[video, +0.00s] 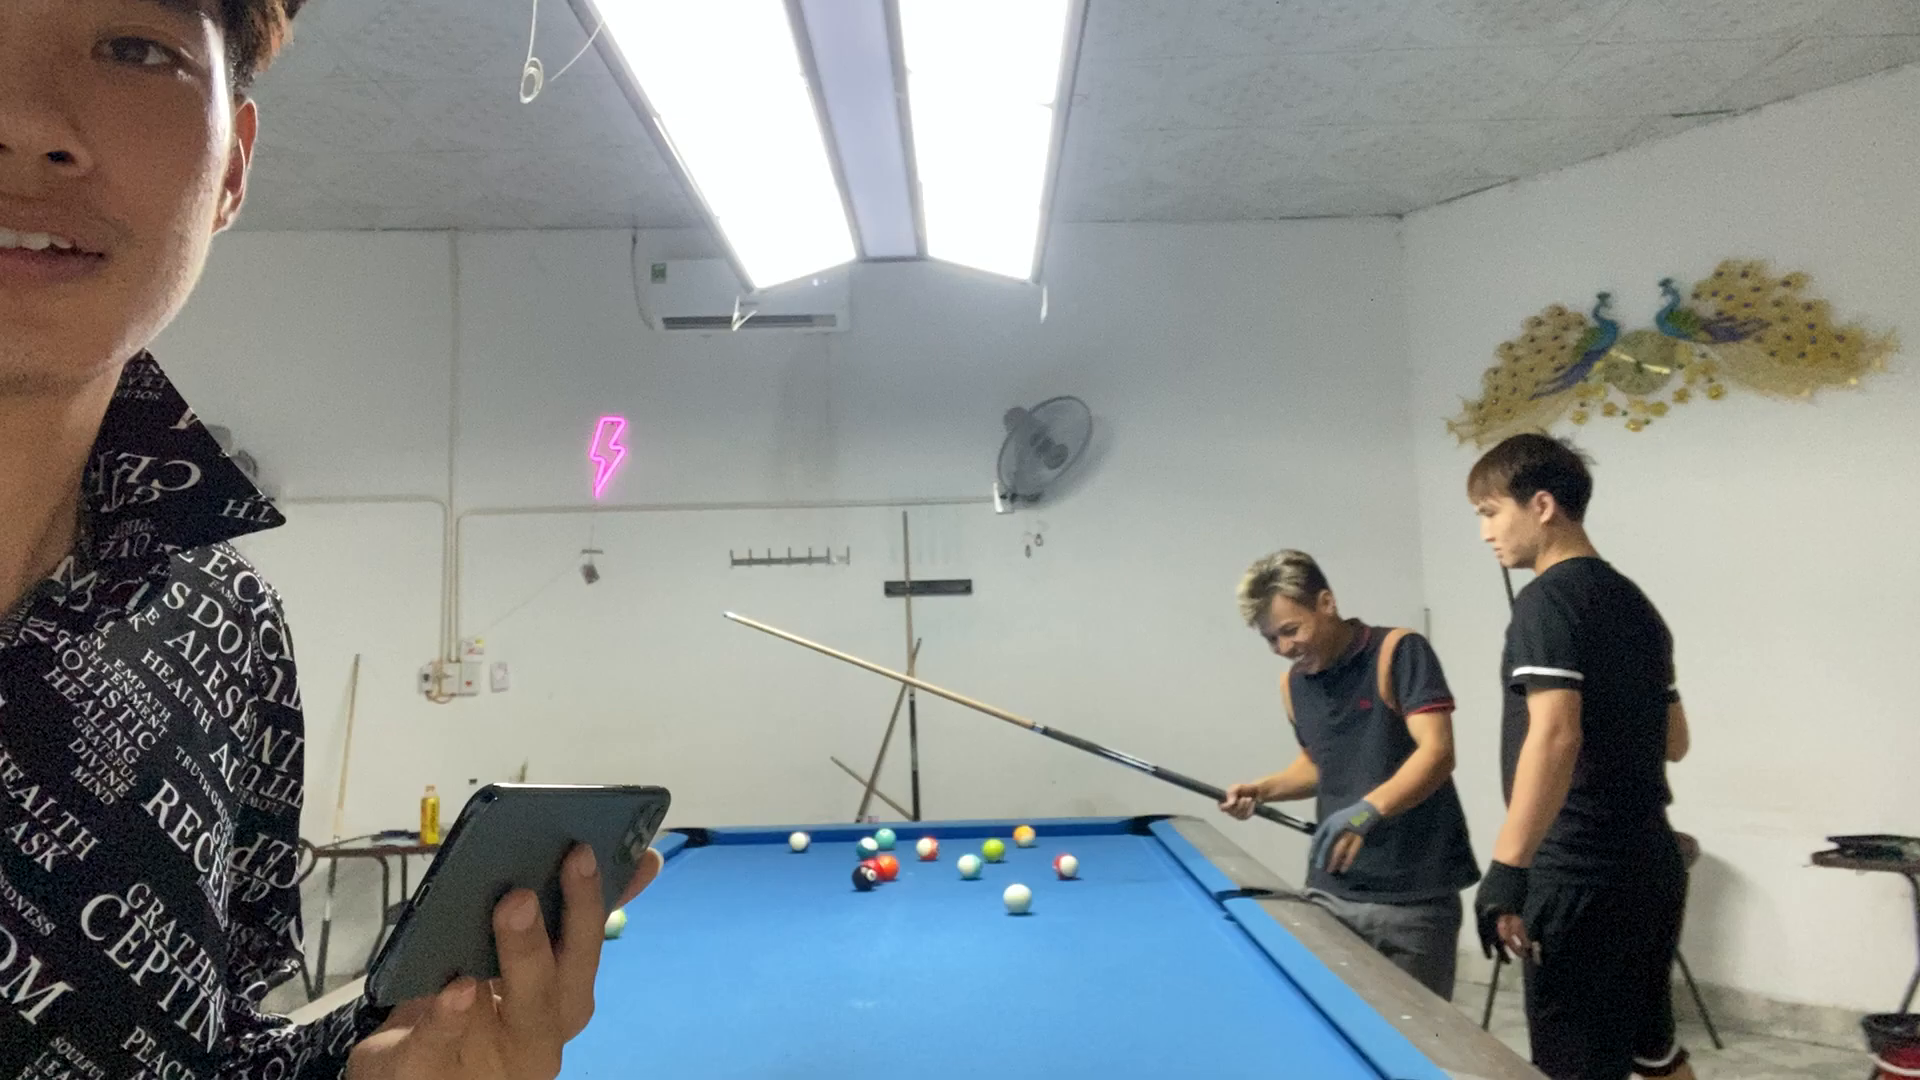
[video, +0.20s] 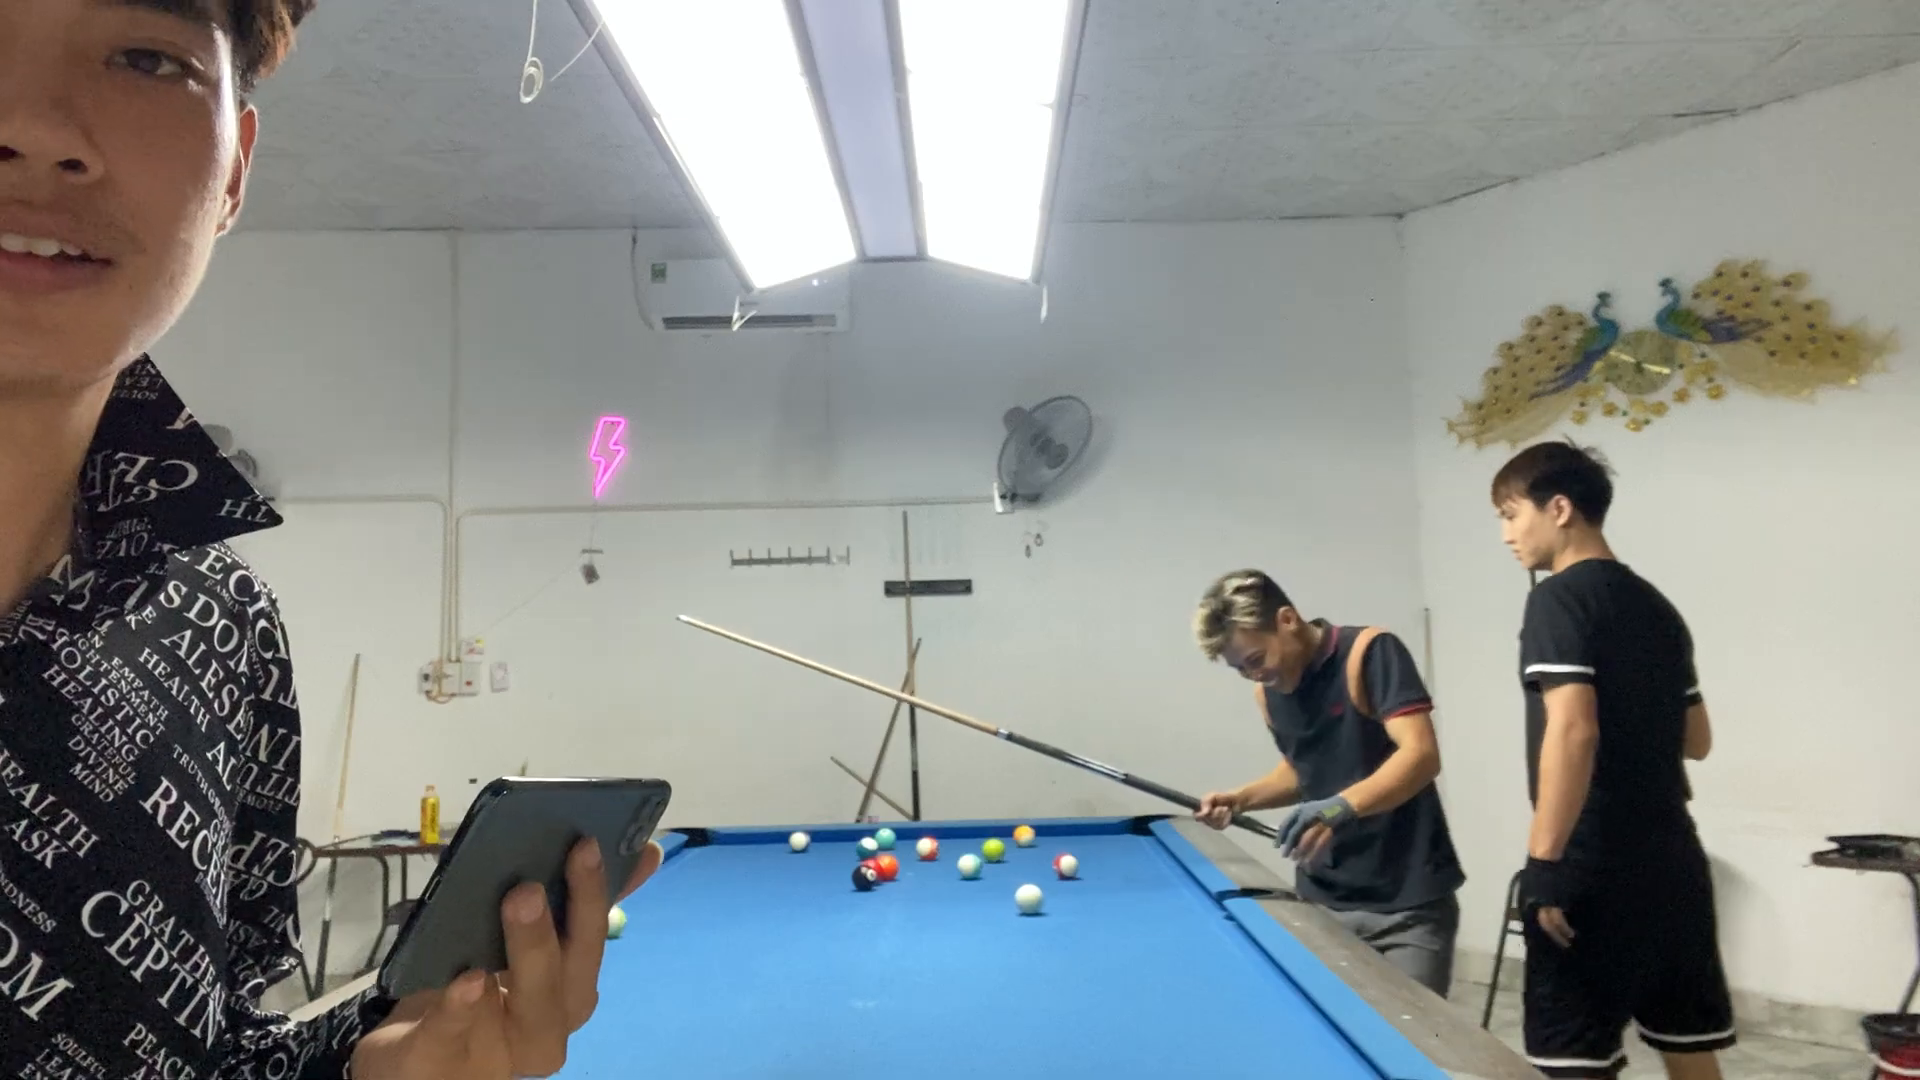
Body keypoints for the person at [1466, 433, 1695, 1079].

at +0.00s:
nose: (1483, 532)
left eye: (1490, 511)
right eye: (1480, 516)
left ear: (1543, 507)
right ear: (1545, 509)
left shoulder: (1547, 600)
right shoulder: (1636, 603)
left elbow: (1556, 739)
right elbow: (1673, 740)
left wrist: (1507, 869)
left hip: (1576, 880)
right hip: (1650, 869)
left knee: (1574, 1063)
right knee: (1654, 1051)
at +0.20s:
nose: (1505, 535)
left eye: (1510, 515)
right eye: (1502, 519)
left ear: (1560, 509)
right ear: (1570, 511)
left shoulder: (1558, 600)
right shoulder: (1658, 607)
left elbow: (1574, 731)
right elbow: (1696, 739)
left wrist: (1542, 861)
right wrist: (1608, 714)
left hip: (1585, 871)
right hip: (1671, 867)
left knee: (1573, 1063)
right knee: (1693, 1052)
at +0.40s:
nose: (1505, 541)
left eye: (1507, 522)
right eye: (1500, 527)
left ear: (1553, 514)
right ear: (1568, 515)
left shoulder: (1557, 598)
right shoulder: (1658, 608)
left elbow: (1583, 728)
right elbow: (1704, 733)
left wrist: (1548, 856)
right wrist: (1612, 734)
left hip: (1584, 865)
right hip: (1665, 861)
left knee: (1560, 1055)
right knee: (1686, 1041)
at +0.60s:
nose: (1478, 550)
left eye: (1480, 531)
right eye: (1474, 534)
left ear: (1521, 523)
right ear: (1545, 524)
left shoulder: (1527, 603)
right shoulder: (1633, 616)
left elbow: (1545, 727)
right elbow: (1668, 740)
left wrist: (1519, 856)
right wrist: (1580, 741)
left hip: (1565, 860)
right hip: (1646, 856)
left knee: (1508, 1026)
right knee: (1670, 1033)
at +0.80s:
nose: (1421, 568)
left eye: (1424, 550)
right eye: (1417, 552)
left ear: (1465, 545)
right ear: (1473, 544)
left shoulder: (1472, 625)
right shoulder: (1573, 624)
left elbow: (1491, 746)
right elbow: (1618, 740)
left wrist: (1472, 865)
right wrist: (1531, 735)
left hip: (1514, 867)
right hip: (1589, 858)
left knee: (1454, 1028)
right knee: (1631, 1031)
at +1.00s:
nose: (1357, 569)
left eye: (1361, 552)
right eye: (1353, 555)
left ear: (1404, 544)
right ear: (1410, 545)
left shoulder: (1402, 633)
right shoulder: (1496, 618)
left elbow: (1396, 745)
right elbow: (1540, 725)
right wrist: (1447, 724)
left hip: (1442, 852)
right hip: (1509, 844)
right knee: (1534, 1005)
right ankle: (1584, 1073)